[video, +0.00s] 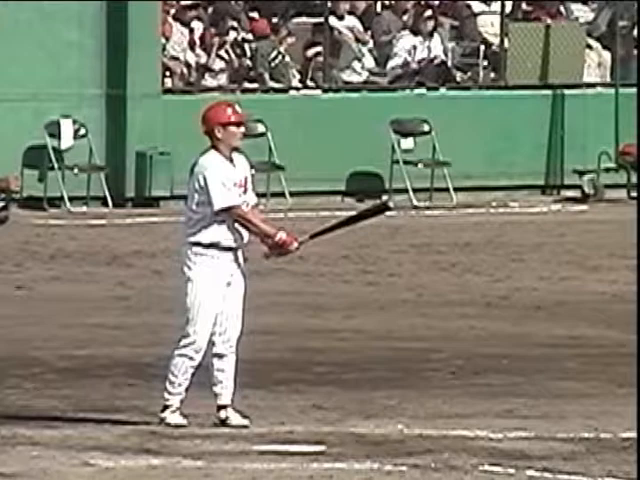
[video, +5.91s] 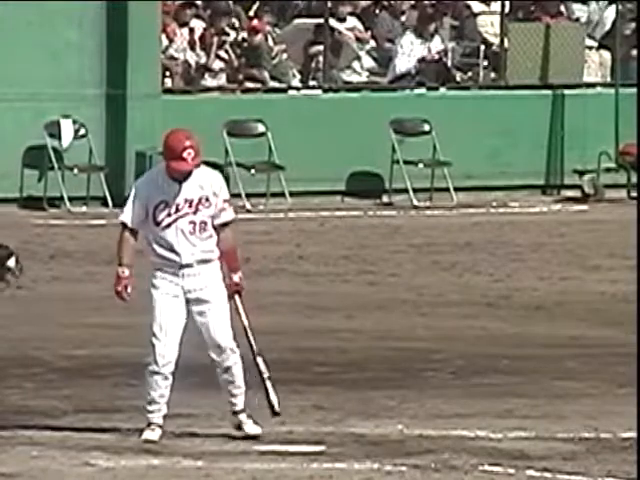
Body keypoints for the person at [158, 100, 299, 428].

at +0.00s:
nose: (242, 129)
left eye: (241, 124)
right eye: (235, 125)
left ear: (234, 130)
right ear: (217, 131)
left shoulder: (241, 164)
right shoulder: (209, 166)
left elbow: (250, 209)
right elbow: (234, 211)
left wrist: (269, 239)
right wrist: (275, 234)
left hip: (232, 255)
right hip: (205, 256)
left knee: (228, 336)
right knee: (197, 333)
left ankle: (224, 405)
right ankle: (171, 404)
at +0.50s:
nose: (251, 131)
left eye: (250, 125)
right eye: (245, 126)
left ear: (237, 131)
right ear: (228, 132)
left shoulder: (245, 165)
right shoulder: (212, 168)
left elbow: (255, 212)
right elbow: (224, 220)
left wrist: (267, 251)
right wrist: (250, 258)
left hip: (236, 255)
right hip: (207, 255)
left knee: (230, 336)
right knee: (200, 334)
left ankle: (224, 405)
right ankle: (172, 404)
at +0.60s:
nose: (255, 131)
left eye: (254, 126)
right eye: (249, 126)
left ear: (238, 131)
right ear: (232, 130)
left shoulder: (248, 166)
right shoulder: (212, 166)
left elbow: (255, 214)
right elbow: (206, 214)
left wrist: (260, 254)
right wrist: (219, 257)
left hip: (242, 252)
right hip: (213, 251)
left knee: (231, 333)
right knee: (205, 327)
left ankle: (225, 404)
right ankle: (173, 401)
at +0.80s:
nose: (259, 132)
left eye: (258, 126)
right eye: (253, 127)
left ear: (244, 131)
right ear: (236, 131)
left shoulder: (254, 167)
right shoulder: (208, 164)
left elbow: (251, 214)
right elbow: (185, 207)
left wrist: (251, 247)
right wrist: (170, 247)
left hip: (241, 255)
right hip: (210, 254)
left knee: (232, 334)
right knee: (206, 328)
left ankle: (224, 404)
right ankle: (173, 397)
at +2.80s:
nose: (223, 147)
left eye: (228, 142)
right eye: (217, 142)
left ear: (238, 142)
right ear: (207, 143)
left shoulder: (255, 171)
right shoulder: (192, 171)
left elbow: (264, 221)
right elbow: (175, 213)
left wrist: (272, 257)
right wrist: (166, 251)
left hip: (236, 262)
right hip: (197, 260)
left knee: (232, 337)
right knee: (195, 337)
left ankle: (232, 410)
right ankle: (188, 410)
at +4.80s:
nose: (210, 175)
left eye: (215, 169)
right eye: (204, 169)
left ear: (222, 162)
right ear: (191, 162)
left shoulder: (235, 182)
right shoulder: (169, 179)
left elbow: (244, 231)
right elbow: (147, 222)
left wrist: (253, 272)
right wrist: (140, 261)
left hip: (214, 275)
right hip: (175, 274)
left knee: (215, 349)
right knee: (169, 347)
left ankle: (211, 417)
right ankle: (155, 419)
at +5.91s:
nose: (190, 168)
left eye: (192, 162)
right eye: (183, 164)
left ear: (196, 155)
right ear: (166, 159)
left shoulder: (211, 179)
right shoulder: (147, 185)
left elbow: (225, 227)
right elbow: (130, 228)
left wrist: (234, 271)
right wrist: (124, 269)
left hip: (207, 274)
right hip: (167, 277)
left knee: (224, 345)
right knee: (162, 353)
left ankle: (239, 412)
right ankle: (154, 421)